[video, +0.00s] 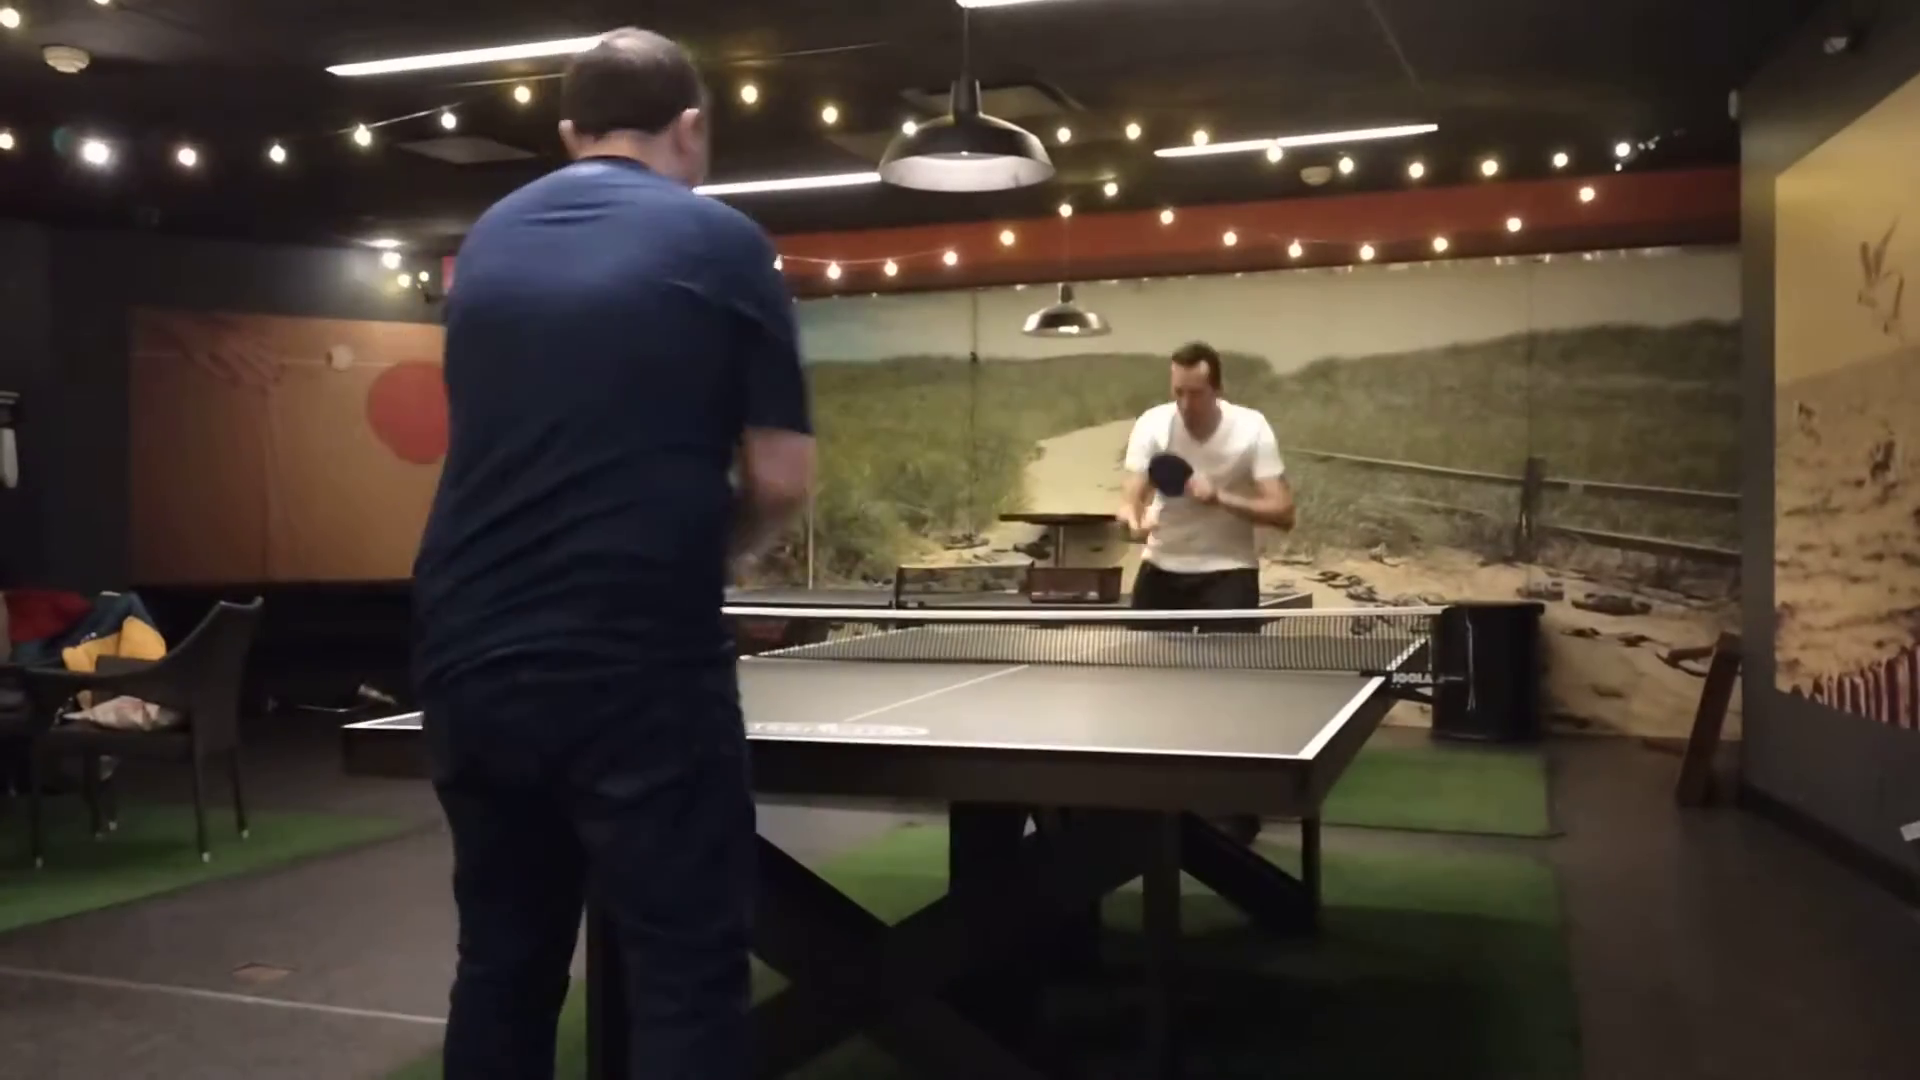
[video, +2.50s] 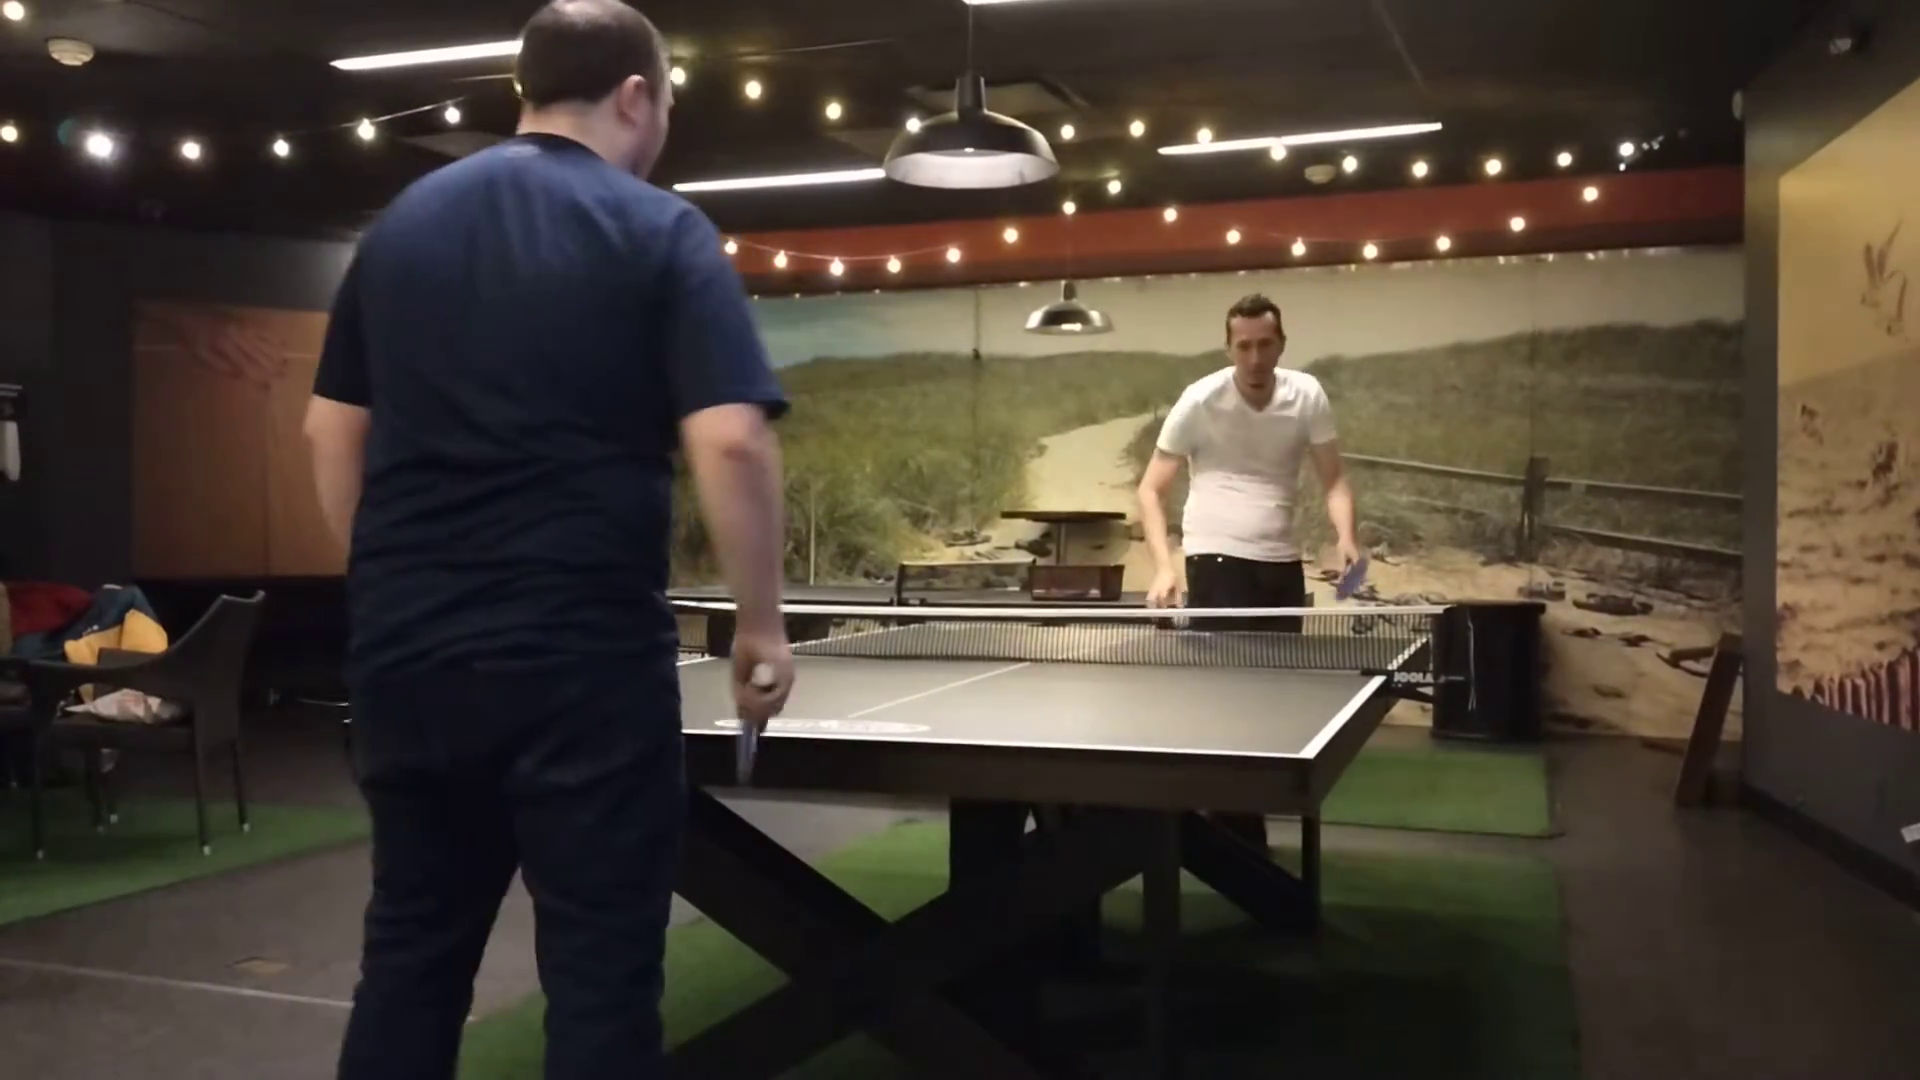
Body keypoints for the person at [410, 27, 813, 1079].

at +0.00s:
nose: (707, 155)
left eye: (704, 138)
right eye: (705, 137)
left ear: (570, 134)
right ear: (685, 130)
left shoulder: (488, 237)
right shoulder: (720, 237)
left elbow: (492, 429)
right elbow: (781, 475)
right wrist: (720, 535)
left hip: (477, 657)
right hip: (644, 661)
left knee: (503, 964)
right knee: (685, 975)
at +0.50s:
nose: (728, 172)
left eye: (727, 158)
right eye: (729, 155)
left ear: (593, 144)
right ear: (717, 146)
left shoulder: (481, 244)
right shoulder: (744, 258)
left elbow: (392, 458)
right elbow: (855, 472)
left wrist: (349, 657)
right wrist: (804, 636)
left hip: (430, 683)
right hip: (627, 695)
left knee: (348, 971)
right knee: (650, 996)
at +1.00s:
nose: (475, 161)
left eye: (475, 145)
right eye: (476, 141)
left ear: (334, 127)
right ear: (452, 132)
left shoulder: (226, 238)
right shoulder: (493, 227)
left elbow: (143, 476)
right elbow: (670, 422)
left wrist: (144, 676)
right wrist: (621, 518)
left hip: (252, 691)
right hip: (458, 678)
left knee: (247, 1005)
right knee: (567, 981)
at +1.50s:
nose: (555, 157)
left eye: (551, 142)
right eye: (554, 140)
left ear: (413, 133)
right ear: (534, 130)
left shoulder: (305, 239)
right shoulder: (588, 235)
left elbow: (211, 463)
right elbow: (750, 416)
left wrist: (174, 667)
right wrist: (685, 550)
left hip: (337, 685)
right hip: (544, 678)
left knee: (294, 1011)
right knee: (580, 1013)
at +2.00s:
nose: (673, 148)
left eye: (676, 127)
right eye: (673, 125)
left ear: (540, 113)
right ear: (649, 115)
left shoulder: (427, 220)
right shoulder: (659, 228)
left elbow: (339, 424)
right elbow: (687, 411)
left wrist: (362, 578)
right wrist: (740, 606)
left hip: (380, 650)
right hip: (565, 668)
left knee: (326, 980)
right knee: (595, 998)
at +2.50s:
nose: (662, 128)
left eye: (660, 107)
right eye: (663, 105)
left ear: (523, 102)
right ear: (635, 96)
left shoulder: (400, 224)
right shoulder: (662, 231)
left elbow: (336, 432)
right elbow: (730, 440)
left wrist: (384, 576)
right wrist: (761, 624)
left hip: (410, 649)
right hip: (590, 663)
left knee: (411, 957)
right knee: (602, 981)